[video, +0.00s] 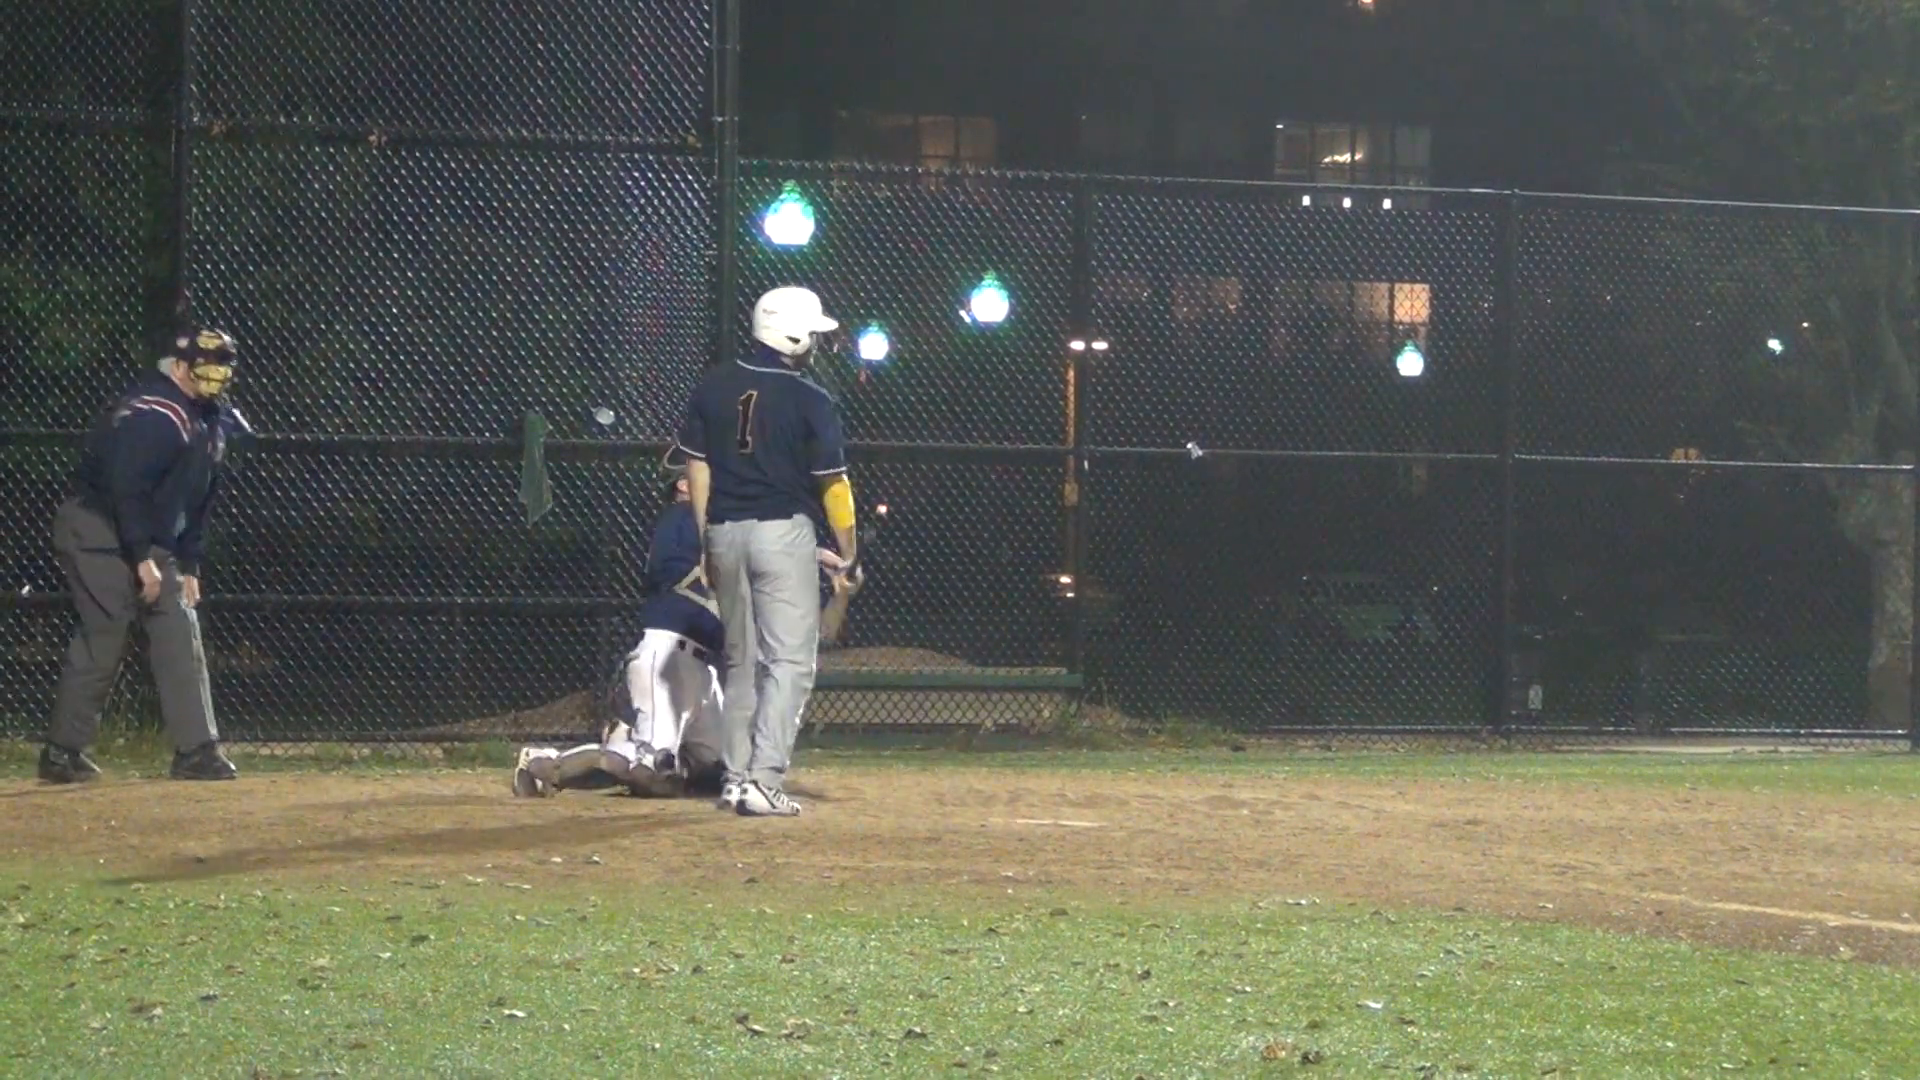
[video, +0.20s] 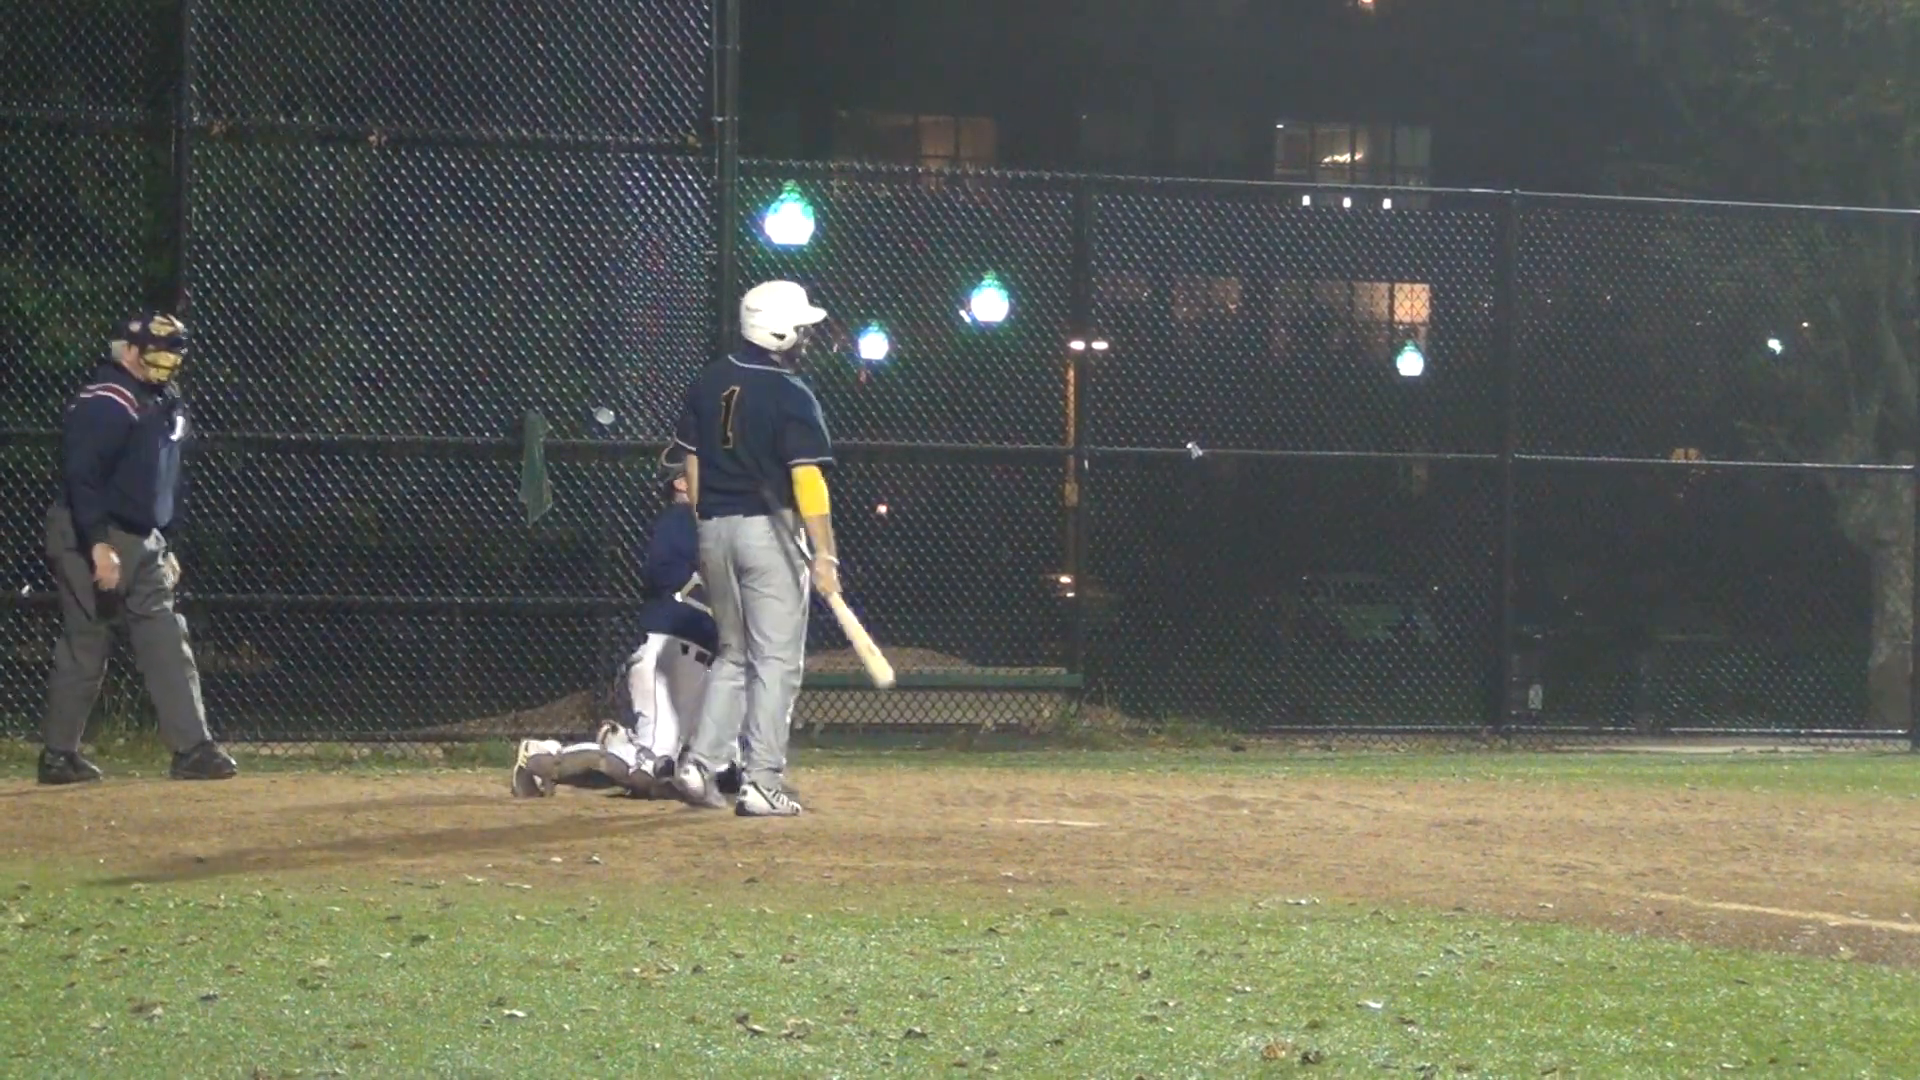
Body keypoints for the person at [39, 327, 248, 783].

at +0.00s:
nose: (217, 377)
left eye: (222, 369)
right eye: (207, 368)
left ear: (227, 372)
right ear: (181, 366)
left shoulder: (210, 422)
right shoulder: (154, 415)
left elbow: (200, 503)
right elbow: (125, 488)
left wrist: (188, 565)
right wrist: (141, 555)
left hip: (147, 530)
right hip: (92, 523)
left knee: (177, 620)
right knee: (107, 627)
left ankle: (196, 748)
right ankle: (62, 749)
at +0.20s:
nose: (164, 363)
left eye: (170, 355)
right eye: (155, 354)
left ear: (177, 357)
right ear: (130, 350)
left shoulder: (160, 402)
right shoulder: (107, 399)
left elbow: (153, 483)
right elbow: (82, 475)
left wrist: (161, 546)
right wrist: (98, 542)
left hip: (139, 536)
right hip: (87, 533)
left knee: (164, 637)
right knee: (86, 643)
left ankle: (192, 747)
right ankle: (59, 754)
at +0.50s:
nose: (119, 351)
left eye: (126, 343)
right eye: (110, 341)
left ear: (134, 347)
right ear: (85, 340)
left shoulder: (127, 389)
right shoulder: (66, 385)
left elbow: (119, 459)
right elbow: (31, 458)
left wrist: (124, 515)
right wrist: (31, 526)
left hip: (119, 528)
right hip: (74, 525)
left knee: (151, 618)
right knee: (65, 633)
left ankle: (133, 740)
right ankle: (57, 753)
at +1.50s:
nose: (121, 356)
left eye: (125, 348)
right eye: (113, 346)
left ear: (125, 351)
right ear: (86, 344)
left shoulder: (110, 393)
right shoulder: (62, 386)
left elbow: (105, 472)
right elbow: (24, 456)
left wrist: (113, 536)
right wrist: (37, 522)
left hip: (98, 531)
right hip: (65, 527)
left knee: (82, 636)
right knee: (82, 635)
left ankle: (64, 744)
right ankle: (60, 747)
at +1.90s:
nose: (117, 354)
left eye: (122, 346)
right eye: (108, 344)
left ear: (126, 347)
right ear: (82, 343)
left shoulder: (113, 390)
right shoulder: (59, 388)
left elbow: (111, 459)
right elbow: (25, 462)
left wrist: (117, 513)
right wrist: (65, 508)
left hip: (106, 527)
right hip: (60, 526)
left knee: (86, 632)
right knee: (84, 632)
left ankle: (63, 745)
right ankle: (70, 748)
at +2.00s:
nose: (113, 354)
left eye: (119, 346)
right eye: (105, 345)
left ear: (123, 348)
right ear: (80, 343)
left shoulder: (116, 390)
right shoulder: (57, 386)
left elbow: (123, 449)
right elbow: (36, 457)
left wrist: (129, 475)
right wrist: (99, 470)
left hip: (106, 525)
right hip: (65, 521)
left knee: (96, 635)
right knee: (78, 635)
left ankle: (69, 744)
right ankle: (69, 748)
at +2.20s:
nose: (109, 354)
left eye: (113, 346)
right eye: (100, 345)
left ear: (116, 350)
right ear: (72, 343)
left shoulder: (102, 389)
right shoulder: (55, 385)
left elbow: (113, 457)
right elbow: (57, 445)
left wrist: (121, 403)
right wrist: (109, 403)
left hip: (111, 524)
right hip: (64, 523)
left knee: (145, 623)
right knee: (73, 633)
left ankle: (94, 735)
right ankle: (71, 752)